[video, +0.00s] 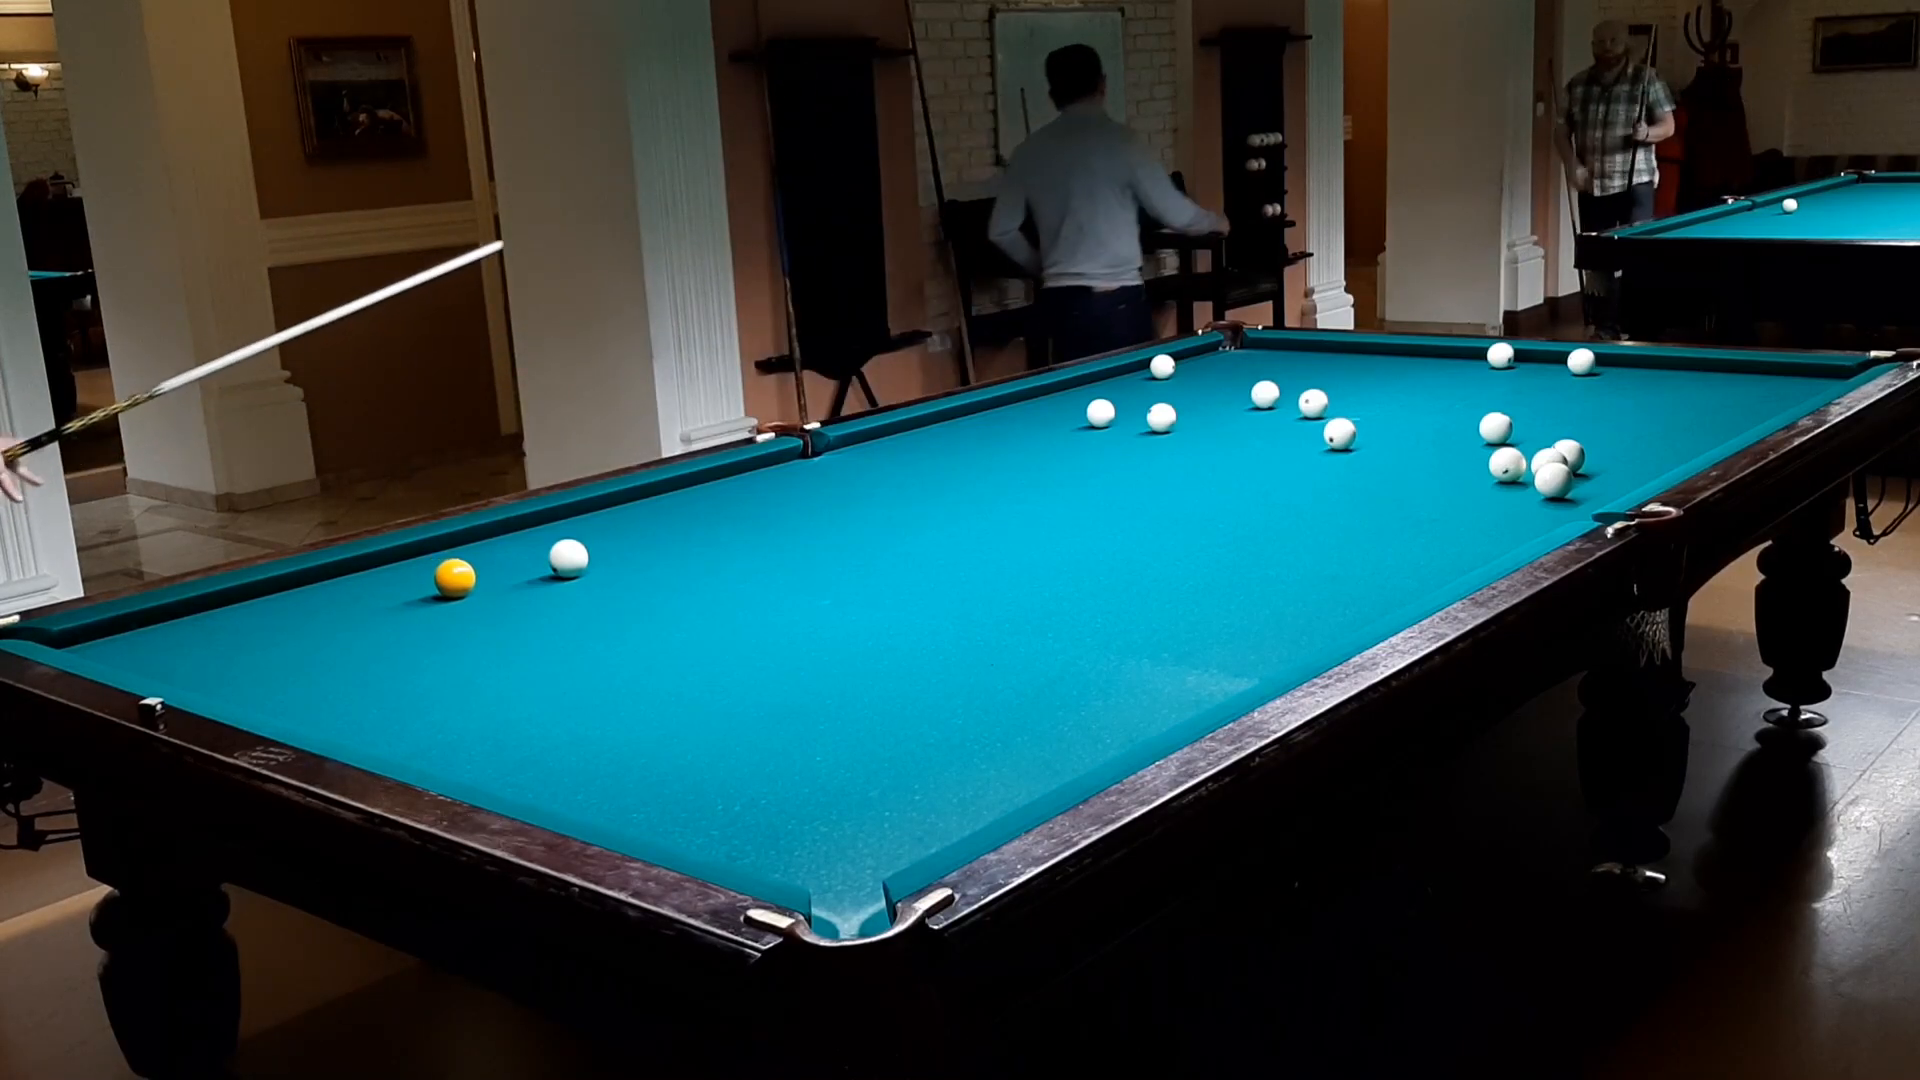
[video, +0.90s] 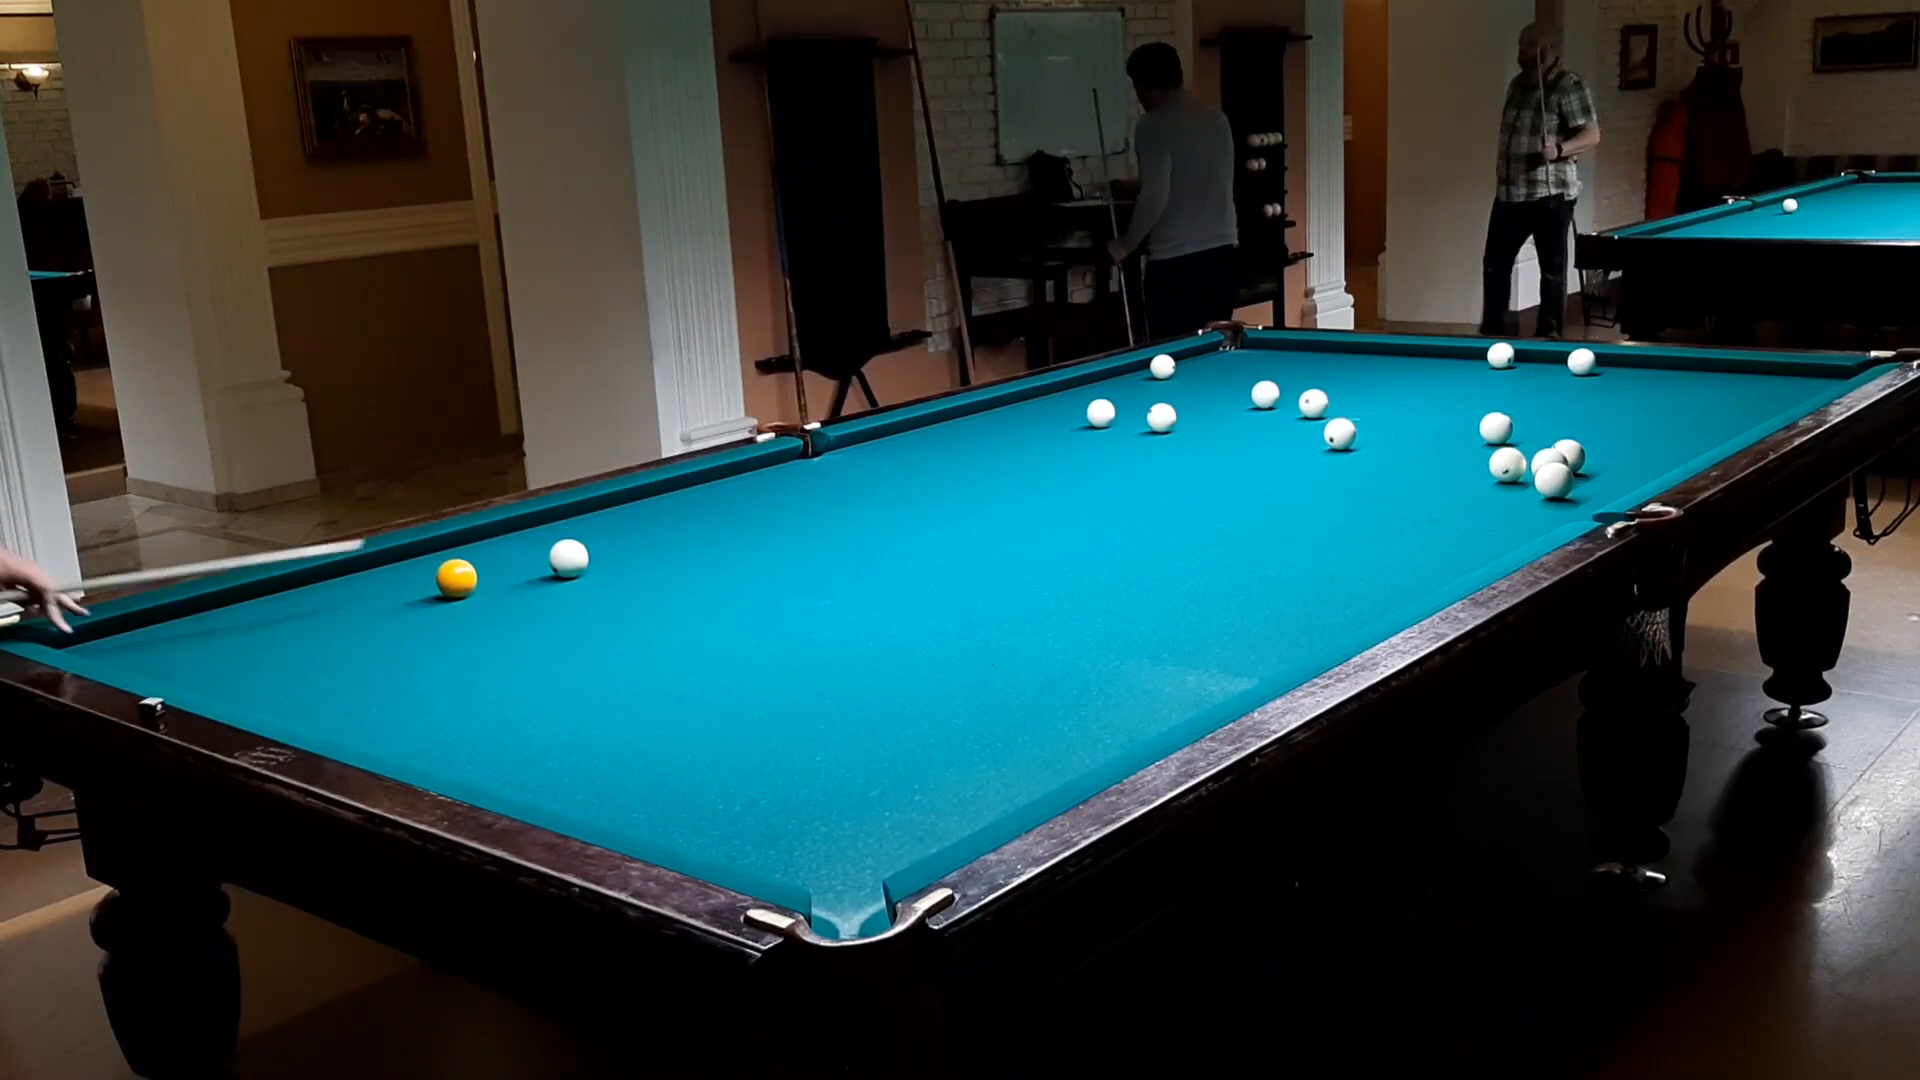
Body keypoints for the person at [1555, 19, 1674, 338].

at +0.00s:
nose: (1607, 48)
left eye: (1613, 42)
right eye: (1600, 42)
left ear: (1625, 44)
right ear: (1592, 45)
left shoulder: (1646, 79)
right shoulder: (1577, 85)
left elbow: (1667, 126)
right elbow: (1561, 133)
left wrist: (1649, 133)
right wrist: (1574, 166)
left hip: (1634, 185)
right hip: (1592, 187)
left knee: (1633, 255)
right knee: (1596, 258)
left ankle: (1633, 325)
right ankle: (1602, 325)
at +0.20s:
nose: (1583, 50)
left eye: (1590, 43)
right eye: (1579, 43)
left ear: (1607, 47)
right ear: (1573, 47)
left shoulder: (1630, 81)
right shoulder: (1565, 87)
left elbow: (1655, 124)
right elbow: (1547, 134)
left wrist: (1636, 140)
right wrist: (1547, 178)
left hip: (1616, 185)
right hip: (1577, 187)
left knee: (1608, 256)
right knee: (1585, 257)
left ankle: (1608, 323)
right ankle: (1590, 323)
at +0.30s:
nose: (1577, 52)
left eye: (1584, 46)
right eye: (1572, 46)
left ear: (1599, 49)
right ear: (1566, 49)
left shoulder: (1621, 84)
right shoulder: (1556, 90)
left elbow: (1648, 126)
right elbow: (1541, 138)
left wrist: (1627, 143)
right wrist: (1540, 181)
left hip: (1607, 187)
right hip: (1570, 190)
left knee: (1589, 258)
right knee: (1587, 259)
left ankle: (1567, 323)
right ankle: (1606, 324)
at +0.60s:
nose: (1554, 51)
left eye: (1562, 45)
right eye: (1551, 44)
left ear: (1579, 49)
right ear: (1547, 46)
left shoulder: (1595, 87)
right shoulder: (1537, 86)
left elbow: (1616, 134)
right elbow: (1530, 129)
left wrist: (1590, 145)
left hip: (1573, 191)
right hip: (1538, 191)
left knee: (1563, 265)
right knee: (1539, 263)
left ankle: (1551, 332)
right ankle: (1584, 314)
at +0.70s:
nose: (1544, 50)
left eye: (1552, 44)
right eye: (1541, 43)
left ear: (1570, 48)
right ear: (1537, 45)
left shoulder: (1585, 86)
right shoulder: (1531, 85)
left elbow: (1606, 135)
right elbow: (1528, 133)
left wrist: (1575, 142)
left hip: (1566, 192)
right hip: (1528, 192)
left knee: (1562, 266)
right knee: (1517, 260)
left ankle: (1552, 332)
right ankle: (1563, 310)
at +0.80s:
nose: (1534, 51)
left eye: (1542, 44)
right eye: (1532, 44)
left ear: (1560, 47)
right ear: (1529, 45)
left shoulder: (1576, 84)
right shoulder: (1525, 83)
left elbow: (1599, 134)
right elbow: (1521, 133)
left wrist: (1567, 147)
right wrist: (1512, 170)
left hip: (1558, 194)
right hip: (1520, 193)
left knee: (1557, 267)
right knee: (1503, 260)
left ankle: (1549, 330)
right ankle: (1530, 325)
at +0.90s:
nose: (1520, 51)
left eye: (1527, 45)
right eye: (1520, 45)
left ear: (1547, 49)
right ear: (1523, 47)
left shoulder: (1569, 85)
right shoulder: (1518, 85)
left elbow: (1592, 134)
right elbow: (1512, 135)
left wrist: (1561, 149)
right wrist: (1504, 172)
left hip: (1552, 197)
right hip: (1512, 195)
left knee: (1553, 272)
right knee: (1495, 265)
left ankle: (1549, 335)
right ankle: (1492, 332)